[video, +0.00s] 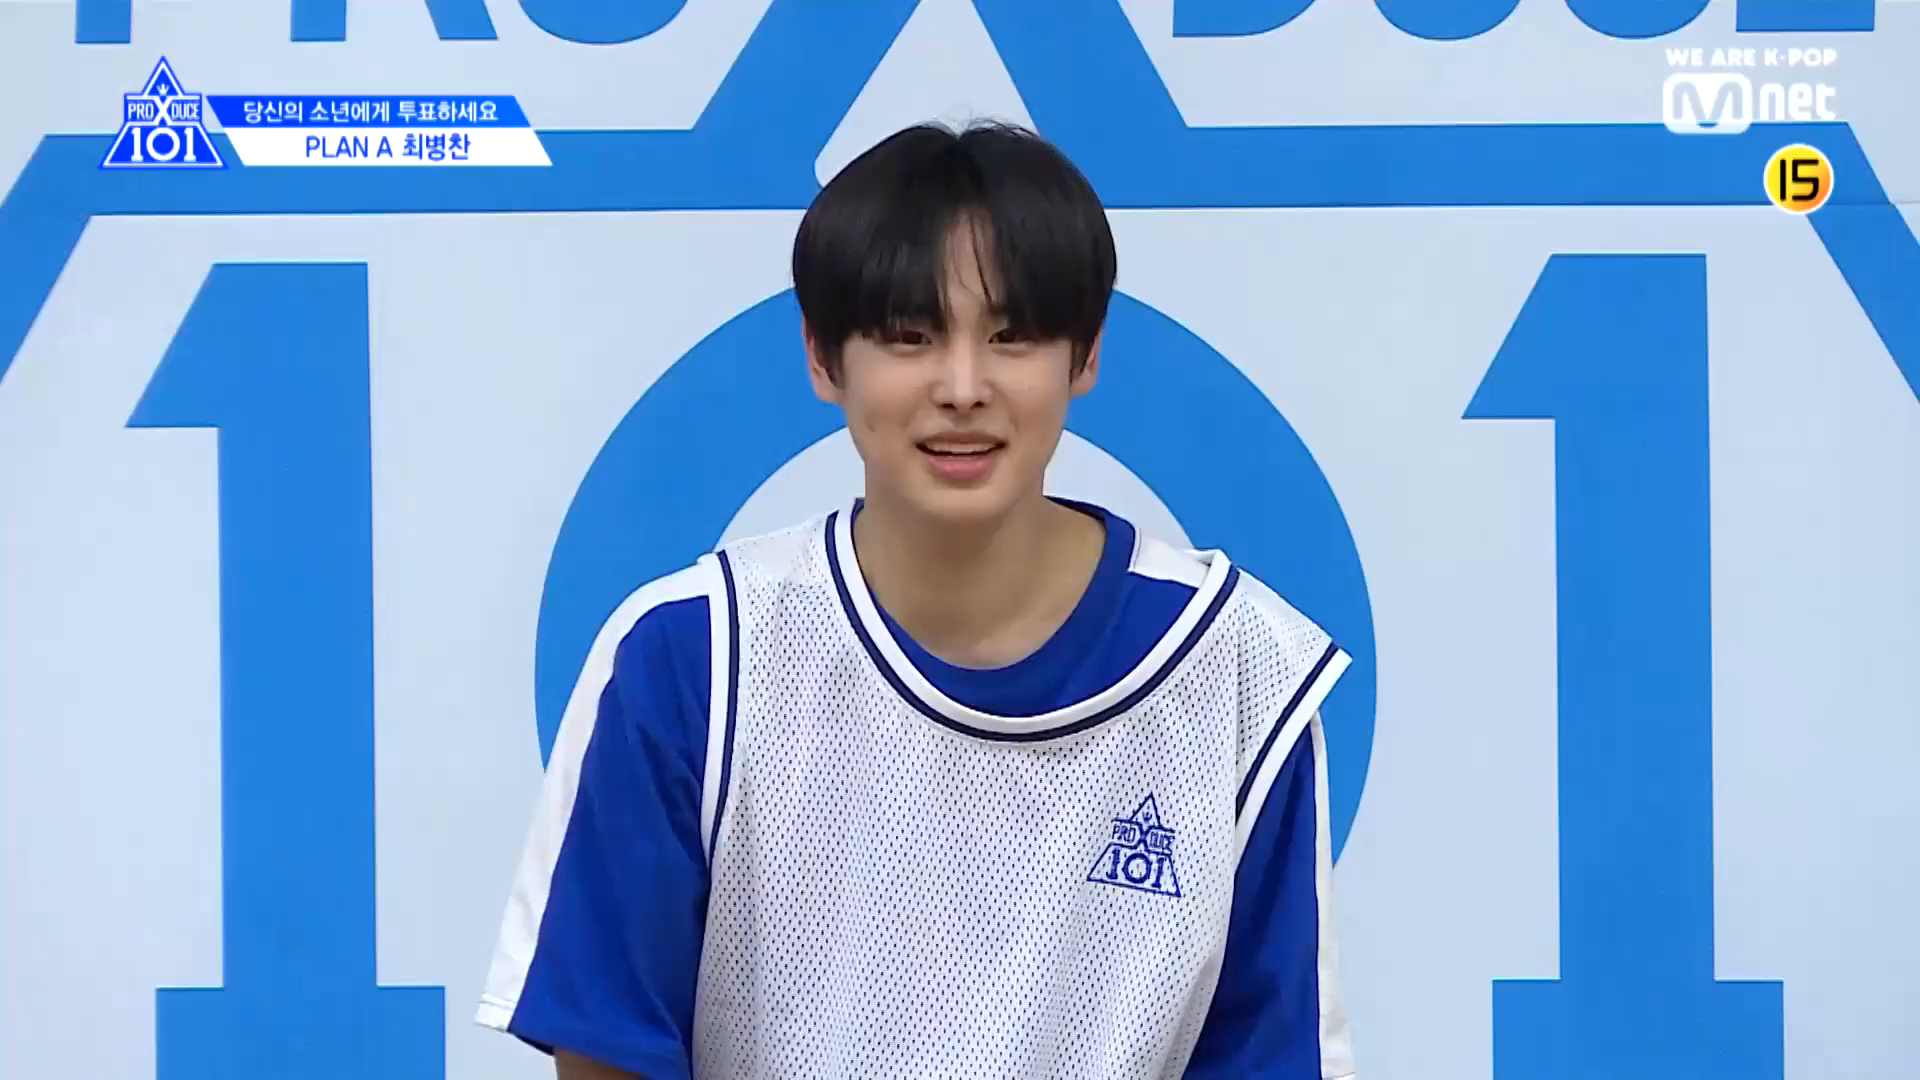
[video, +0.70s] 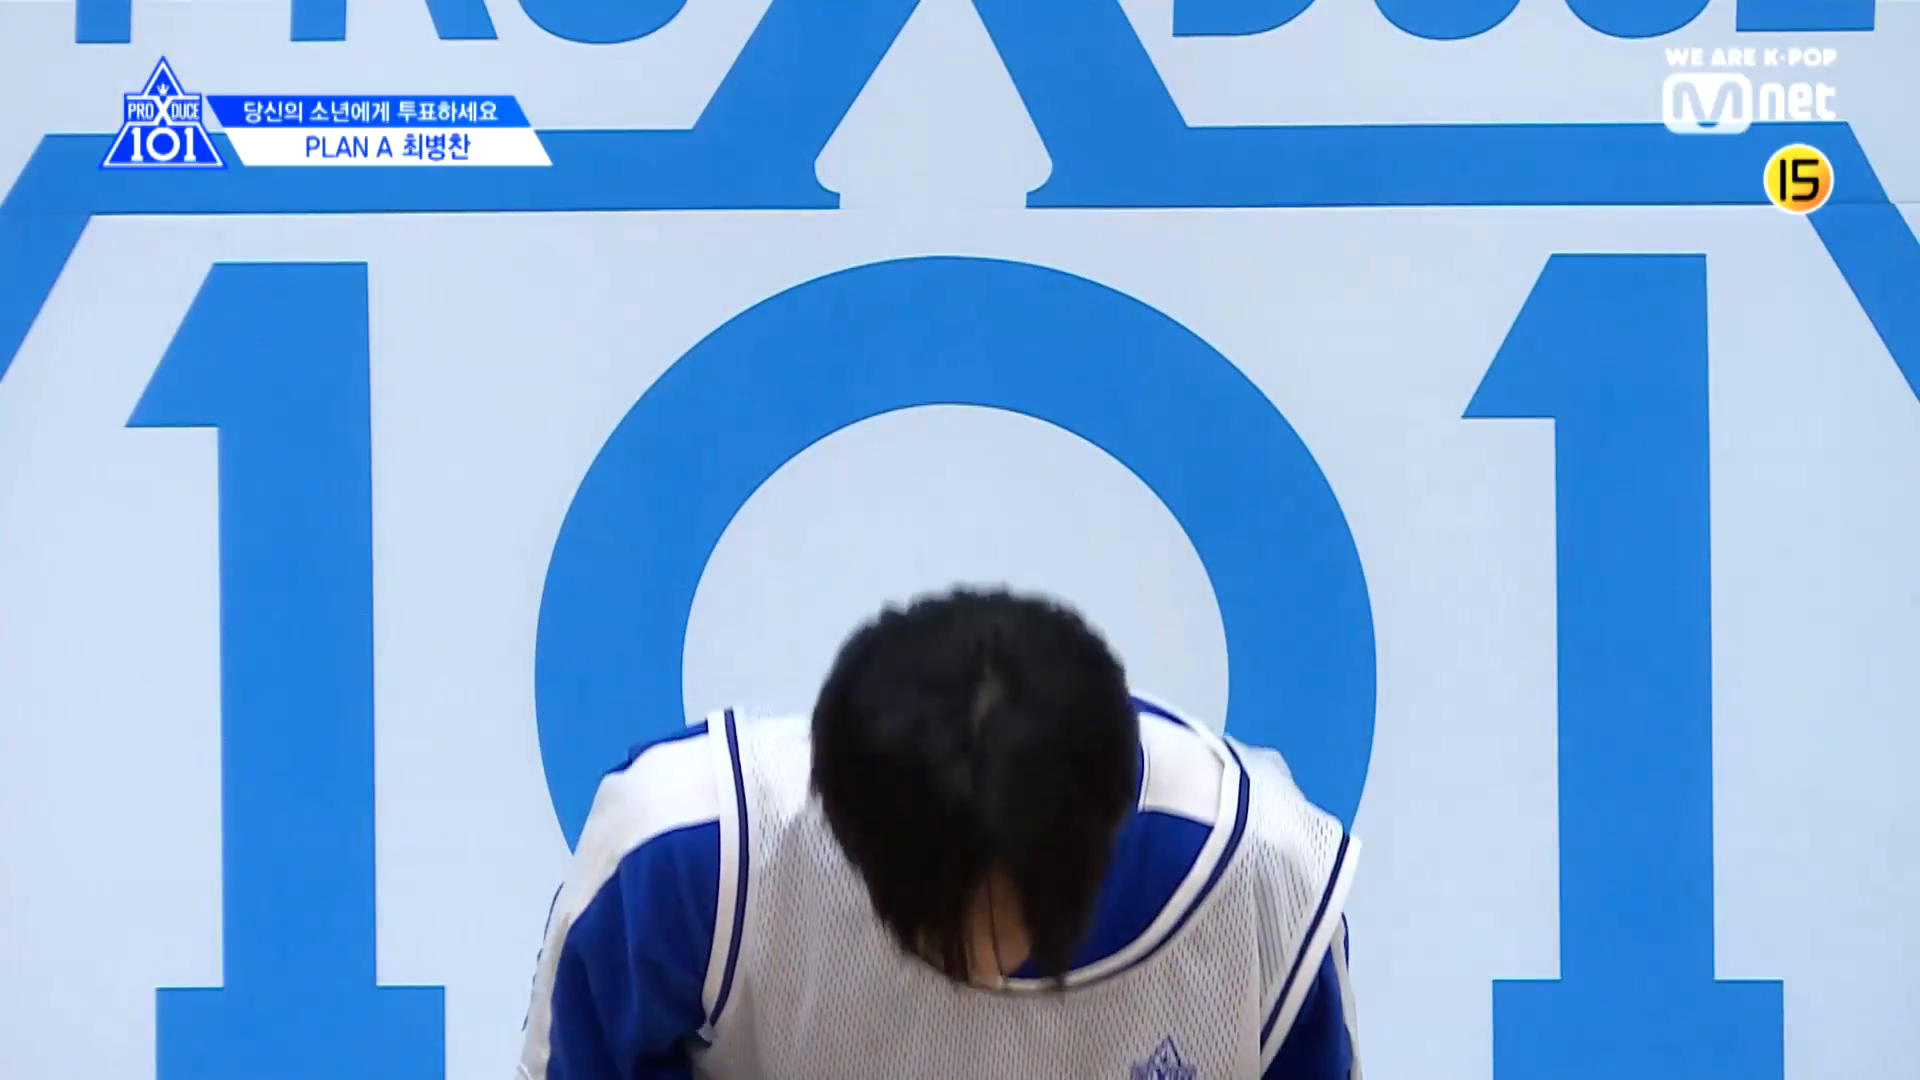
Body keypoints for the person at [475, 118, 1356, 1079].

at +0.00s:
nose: (963, 390)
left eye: (1011, 335)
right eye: (911, 334)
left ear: (1080, 359)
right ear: (829, 363)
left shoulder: (1246, 681)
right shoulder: (682, 662)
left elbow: (1265, 1057)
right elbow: (602, 1048)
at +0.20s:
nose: (960, 480)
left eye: (1012, 417)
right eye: (904, 420)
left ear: (1080, 401)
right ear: (828, 414)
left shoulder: (1248, 699)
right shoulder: (681, 676)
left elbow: (1265, 1059)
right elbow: (598, 1053)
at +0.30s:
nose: (966, 561)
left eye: (1017, 496)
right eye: (908, 500)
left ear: (1082, 453)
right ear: (832, 467)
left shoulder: (1249, 716)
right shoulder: (681, 688)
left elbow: (1271, 1059)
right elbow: (599, 1055)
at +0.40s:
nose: (971, 647)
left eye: (1024, 588)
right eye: (914, 591)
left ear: (1089, 525)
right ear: (843, 539)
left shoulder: (1254, 744)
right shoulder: (684, 716)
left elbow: (1277, 1063)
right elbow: (590, 1050)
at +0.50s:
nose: (981, 751)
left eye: (1034, 696)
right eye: (922, 702)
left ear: (1105, 614)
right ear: (850, 637)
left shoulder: (1259, 783)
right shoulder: (687, 756)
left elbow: (1285, 1057)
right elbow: (592, 1052)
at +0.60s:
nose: (988, 862)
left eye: (1036, 804)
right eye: (930, 814)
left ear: (1103, 724)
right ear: (857, 746)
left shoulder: (1268, 832)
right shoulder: (683, 813)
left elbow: (1301, 1064)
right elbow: (596, 1062)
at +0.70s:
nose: (995, 956)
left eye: (1039, 914)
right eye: (943, 918)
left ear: (1113, 821)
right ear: (857, 842)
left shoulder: (1275, 895)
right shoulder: (674, 869)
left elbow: (1309, 1072)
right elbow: (585, 1068)